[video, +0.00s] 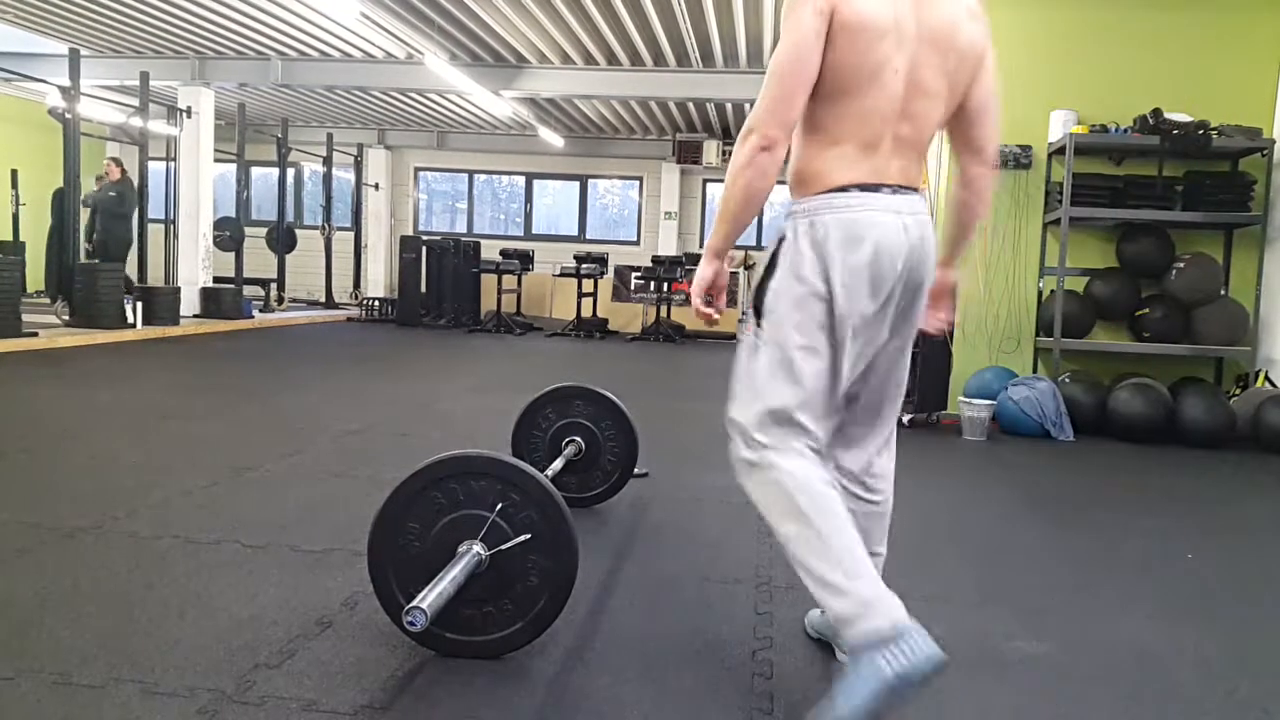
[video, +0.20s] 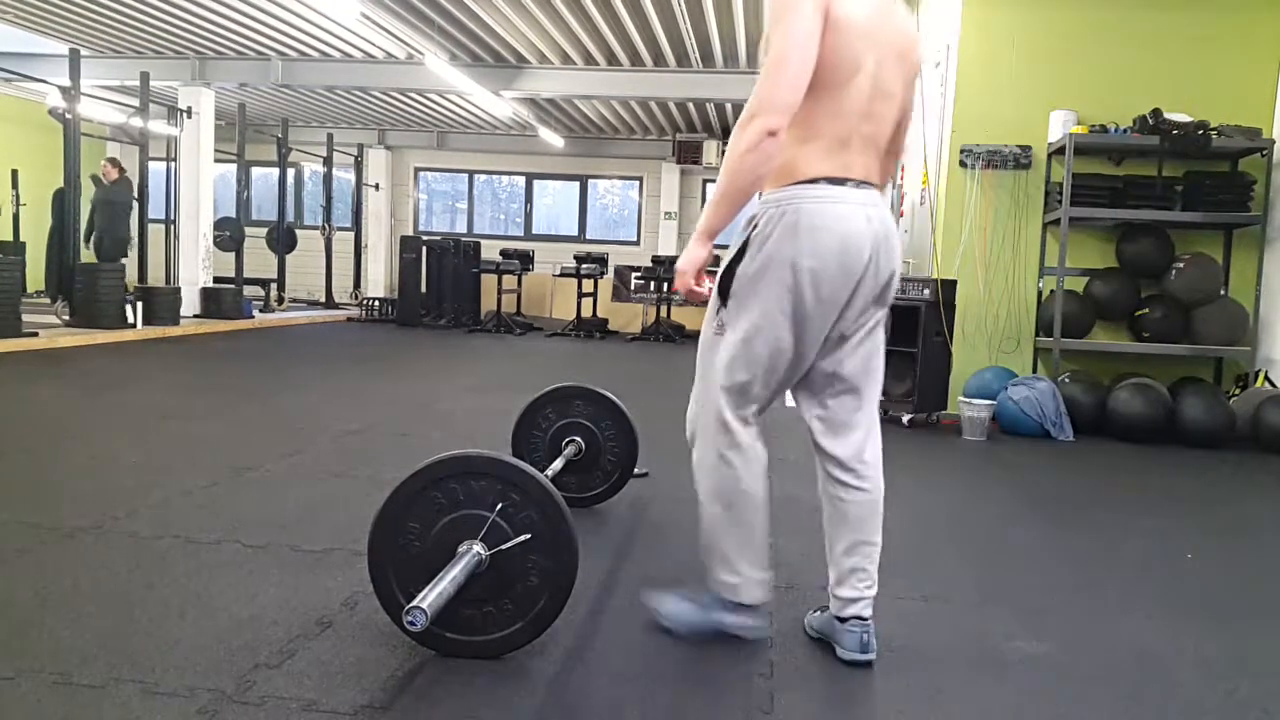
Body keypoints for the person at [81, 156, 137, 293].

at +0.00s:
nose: (105, 169)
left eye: (109, 166)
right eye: (105, 166)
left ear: (119, 168)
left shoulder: (126, 185)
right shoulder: (105, 187)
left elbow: (128, 209)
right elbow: (94, 214)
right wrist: (89, 238)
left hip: (119, 238)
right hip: (102, 237)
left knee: (115, 273)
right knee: (102, 273)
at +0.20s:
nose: (102, 170)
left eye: (105, 167)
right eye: (102, 167)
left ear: (115, 168)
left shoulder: (125, 183)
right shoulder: (102, 188)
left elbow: (111, 195)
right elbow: (93, 213)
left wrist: (98, 183)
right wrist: (87, 236)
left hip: (117, 235)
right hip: (101, 234)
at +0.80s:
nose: (95, 170)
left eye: (97, 167)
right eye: (95, 167)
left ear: (107, 168)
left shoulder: (118, 183)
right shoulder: (101, 184)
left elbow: (94, 188)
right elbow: (94, 215)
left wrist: (93, 176)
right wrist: (90, 235)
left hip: (109, 232)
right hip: (97, 231)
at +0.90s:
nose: (94, 169)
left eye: (97, 166)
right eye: (95, 166)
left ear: (106, 168)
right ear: (108, 168)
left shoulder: (112, 185)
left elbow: (92, 187)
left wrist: (92, 175)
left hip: (104, 233)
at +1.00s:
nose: (94, 169)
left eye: (97, 166)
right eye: (95, 166)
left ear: (106, 168)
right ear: (108, 168)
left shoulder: (113, 184)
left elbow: (91, 187)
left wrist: (92, 175)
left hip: (104, 232)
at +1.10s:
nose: (93, 168)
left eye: (95, 165)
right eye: (94, 165)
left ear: (105, 166)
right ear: (106, 167)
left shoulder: (112, 183)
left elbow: (89, 185)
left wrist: (90, 174)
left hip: (102, 230)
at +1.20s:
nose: (92, 168)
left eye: (95, 165)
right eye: (93, 165)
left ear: (105, 167)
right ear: (105, 167)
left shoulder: (113, 183)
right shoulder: (102, 183)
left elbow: (89, 185)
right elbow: (89, 212)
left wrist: (89, 174)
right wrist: (83, 232)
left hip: (102, 231)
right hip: (93, 230)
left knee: (100, 269)